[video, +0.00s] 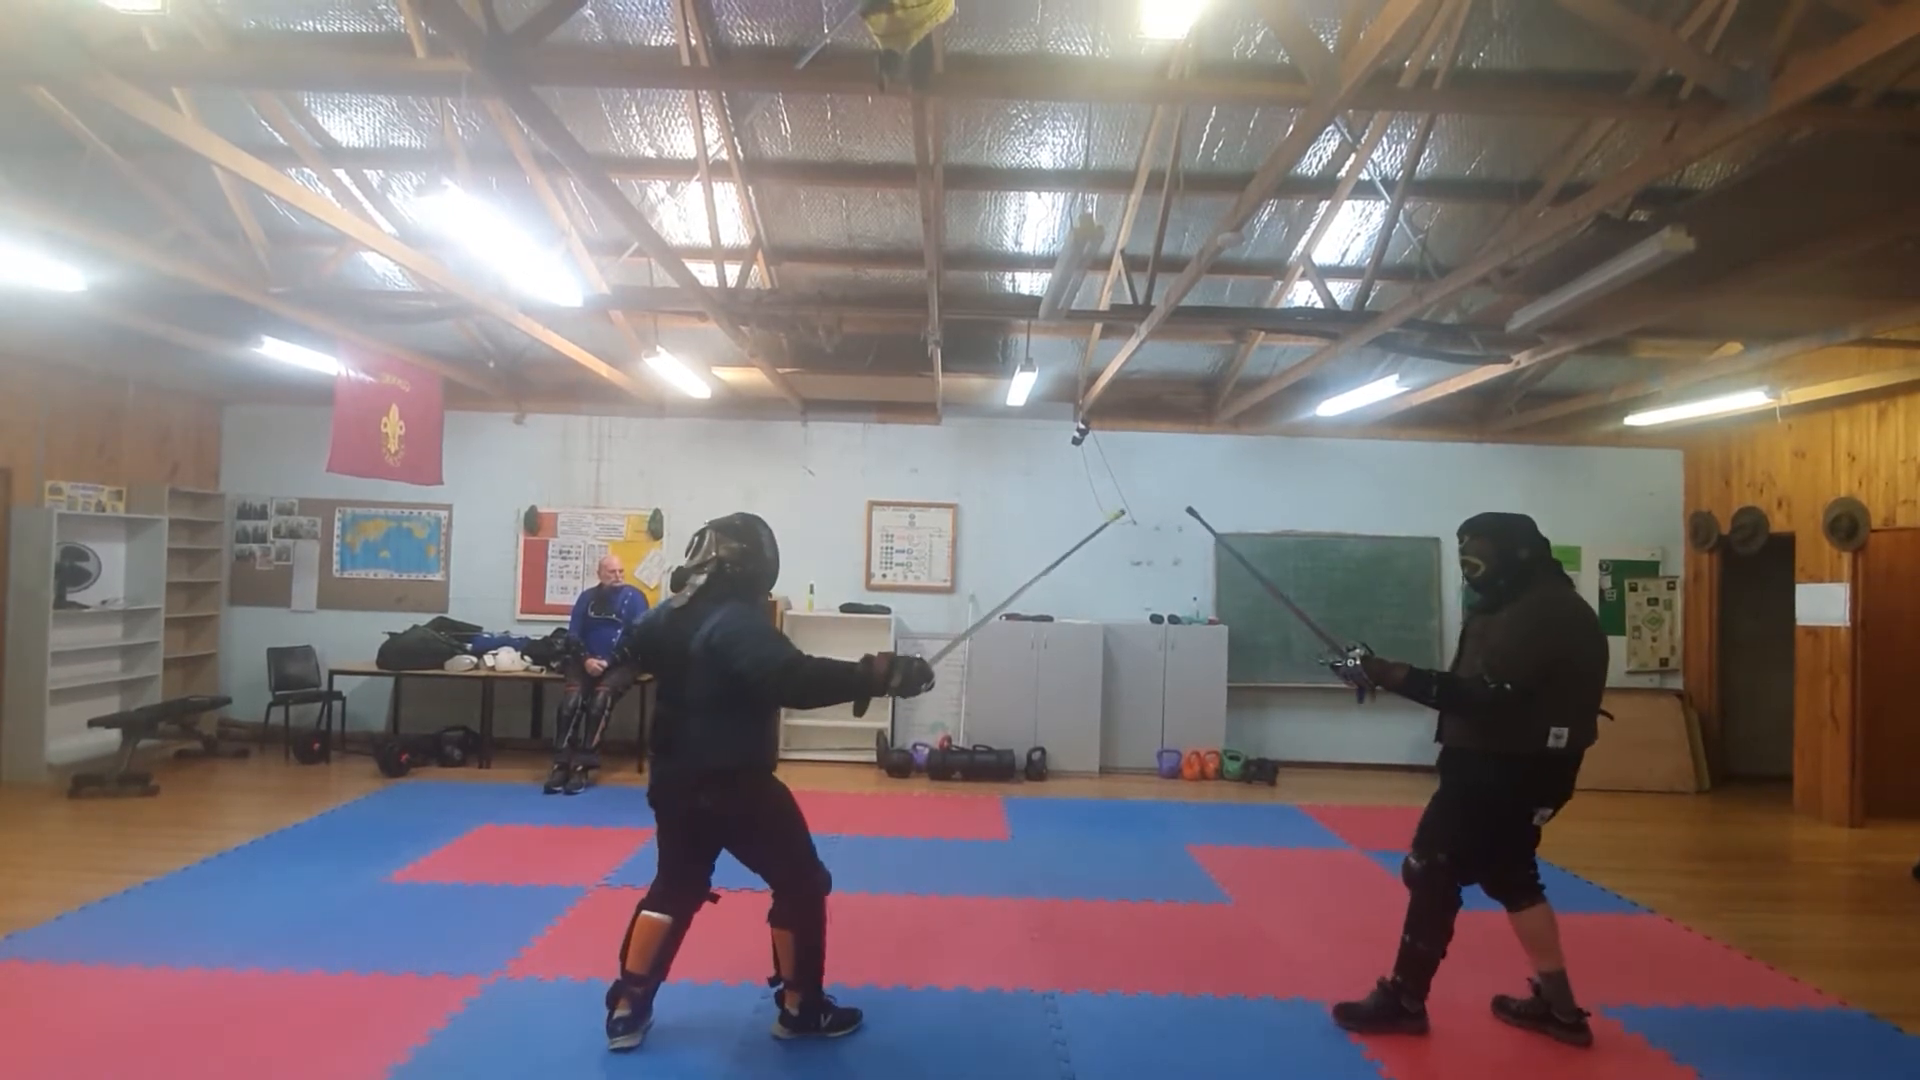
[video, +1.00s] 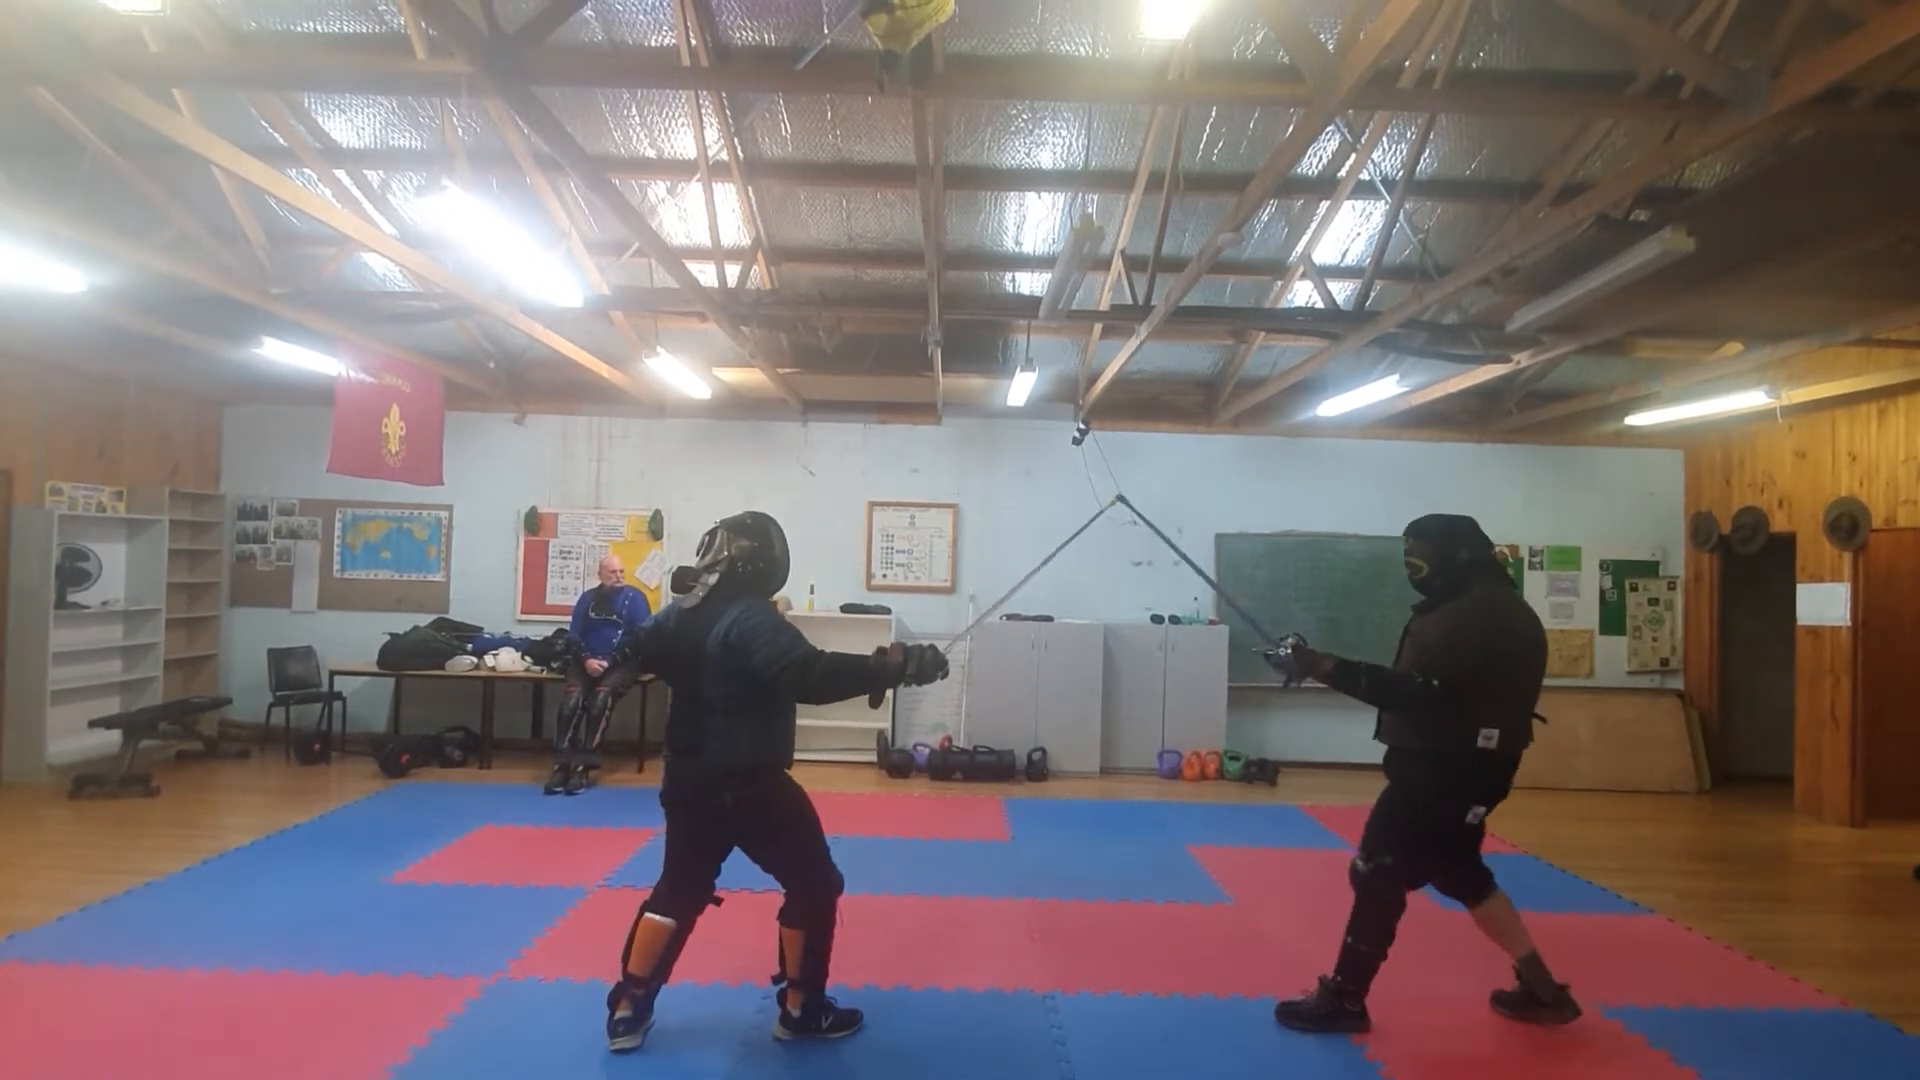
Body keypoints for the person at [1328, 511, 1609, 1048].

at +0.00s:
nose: (1468, 572)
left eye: (1478, 561)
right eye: (1465, 561)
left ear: (1515, 558)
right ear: (1523, 560)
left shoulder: (1529, 615)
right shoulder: (1568, 611)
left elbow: (1484, 697)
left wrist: (1397, 676)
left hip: (1492, 771)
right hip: (1526, 772)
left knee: (1432, 869)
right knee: (1513, 876)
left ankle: (1404, 998)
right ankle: (1558, 1002)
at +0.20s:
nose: (1463, 569)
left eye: (1472, 557)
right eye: (1459, 558)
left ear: (1510, 553)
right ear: (1513, 557)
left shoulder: (1531, 612)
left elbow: (1484, 698)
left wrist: (1391, 675)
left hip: (1492, 767)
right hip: (1528, 768)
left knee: (1414, 851)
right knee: (1516, 873)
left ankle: (1388, 984)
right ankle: (1559, 1004)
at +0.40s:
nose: (1440, 570)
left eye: (1448, 559)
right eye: (1437, 560)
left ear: (1484, 554)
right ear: (1498, 554)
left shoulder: (1495, 615)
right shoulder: (1540, 607)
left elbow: (1465, 702)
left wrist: (1371, 679)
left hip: (1475, 769)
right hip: (1519, 768)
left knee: (1408, 869)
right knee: (1512, 877)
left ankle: (1329, 964)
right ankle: (1560, 1003)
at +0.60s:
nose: (1414, 574)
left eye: (1422, 562)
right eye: (1412, 563)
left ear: (1456, 559)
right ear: (1468, 559)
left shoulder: (1473, 619)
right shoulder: (1511, 614)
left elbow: (1430, 704)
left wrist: (1332, 677)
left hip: (1437, 769)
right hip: (1480, 771)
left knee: (1366, 866)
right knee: (1482, 878)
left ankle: (1344, 995)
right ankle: (1555, 1002)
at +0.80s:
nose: (1398, 567)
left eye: (1406, 556)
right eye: (1396, 556)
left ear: (1441, 554)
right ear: (1452, 555)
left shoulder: (1445, 616)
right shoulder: (1498, 611)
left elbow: (1408, 699)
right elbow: (1492, 708)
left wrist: (1312, 668)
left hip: (1419, 763)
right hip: (1462, 764)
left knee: (1356, 863)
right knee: (1431, 856)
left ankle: (1342, 995)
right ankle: (1531, 970)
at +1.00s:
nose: (1411, 572)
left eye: (1420, 561)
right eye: (1409, 561)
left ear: (1456, 559)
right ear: (1464, 560)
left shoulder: (1472, 619)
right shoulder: (1512, 614)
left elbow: (1420, 695)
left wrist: (1323, 667)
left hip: (1437, 772)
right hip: (1469, 773)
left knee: (1379, 873)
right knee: (1460, 871)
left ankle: (1344, 996)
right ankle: (1541, 985)